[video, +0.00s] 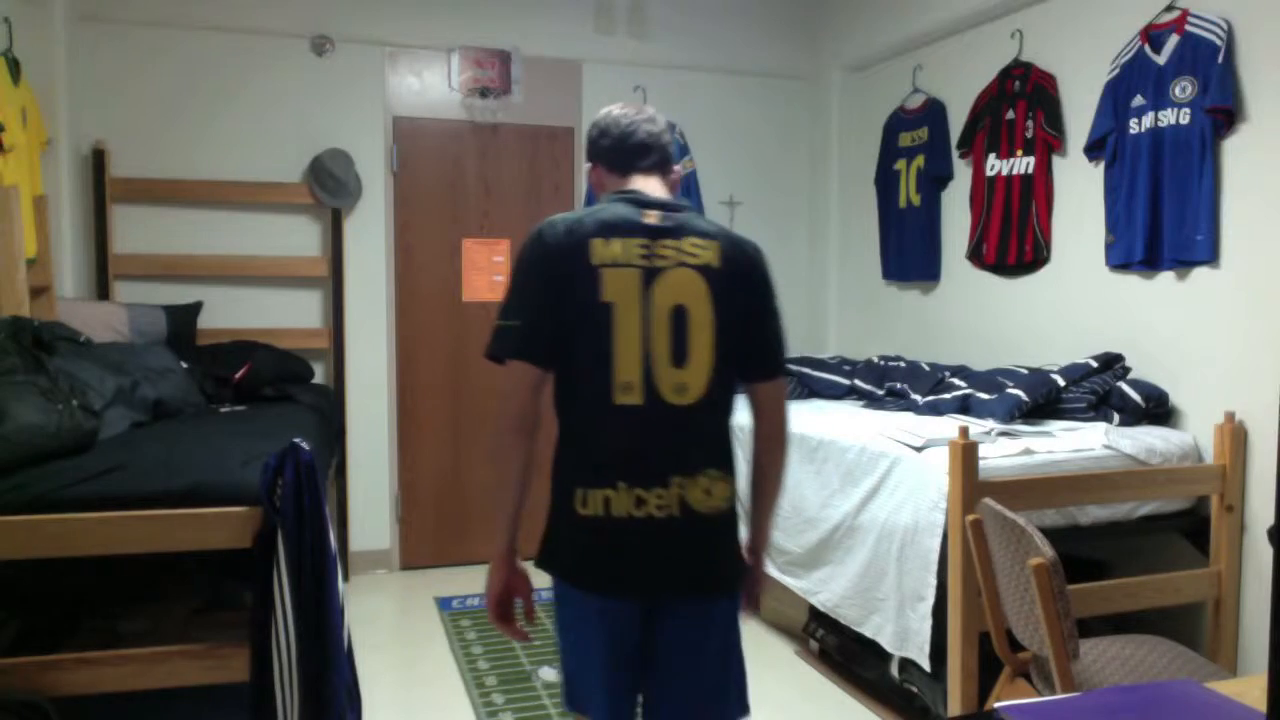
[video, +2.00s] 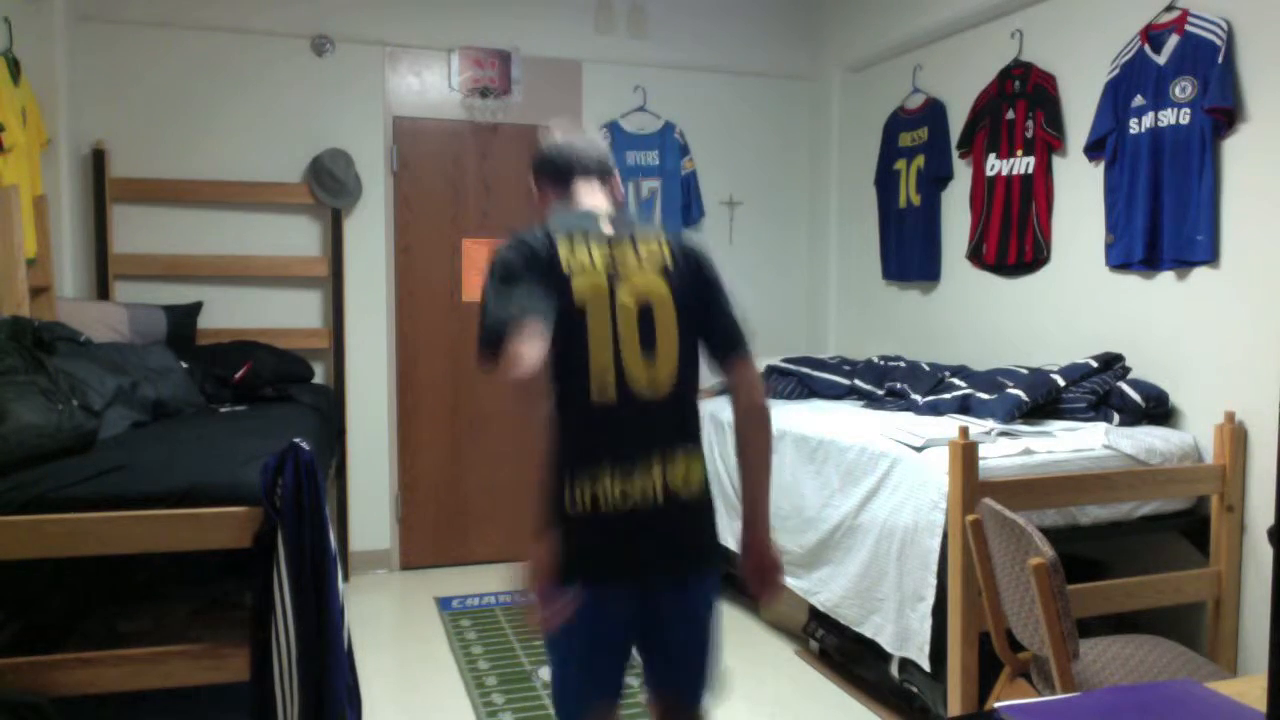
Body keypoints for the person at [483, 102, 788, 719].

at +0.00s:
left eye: (590, 170)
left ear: (594, 172)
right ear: (675, 170)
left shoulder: (557, 244)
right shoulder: (736, 255)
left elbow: (521, 415)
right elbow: (771, 417)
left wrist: (505, 555)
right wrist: (757, 548)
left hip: (594, 552)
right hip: (702, 553)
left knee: (600, 709)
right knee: (701, 710)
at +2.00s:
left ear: (542, 191)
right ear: (615, 187)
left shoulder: (529, 253)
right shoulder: (680, 254)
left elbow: (527, 367)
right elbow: (750, 395)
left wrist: (542, 531)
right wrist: (758, 531)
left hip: (587, 539)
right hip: (682, 533)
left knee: (588, 708)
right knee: (679, 706)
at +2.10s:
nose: (546, 209)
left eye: (550, 199)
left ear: (560, 201)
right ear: (638, 203)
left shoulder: (533, 257)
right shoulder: (696, 268)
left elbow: (483, 389)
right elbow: (760, 408)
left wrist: (466, 525)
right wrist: (775, 560)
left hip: (587, 544)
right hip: (682, 537)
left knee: (597, 705)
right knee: (659, 672)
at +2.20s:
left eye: (559, 193)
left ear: (569, 195)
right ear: (651, 196)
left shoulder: (534, 252)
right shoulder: (704, 263)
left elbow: (460, 386)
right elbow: (765, 402)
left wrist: (465, 487)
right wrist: (784, 557)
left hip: (590, 535)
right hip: (685, 528)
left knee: (595, 704)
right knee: (656, 631)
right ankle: (656, 706)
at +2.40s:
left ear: (589, 186)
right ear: (668, 186)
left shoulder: (544, 252)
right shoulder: (722, 247)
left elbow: (467, 388)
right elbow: (779, 397)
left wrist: (558, 400)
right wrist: (792, 542)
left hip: (604, 522)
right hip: (705, 512)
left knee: (615, 704)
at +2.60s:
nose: (608, 157)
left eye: (608, 148)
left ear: (608, 159)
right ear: (690, 157)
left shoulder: (565, 249)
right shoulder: (746, 251)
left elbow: (501, 394)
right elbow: (796, 401)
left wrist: (564, 379)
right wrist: (781, 508)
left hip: (618, 524)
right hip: (718, 517)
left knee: (621, 701)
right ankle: (648, 699)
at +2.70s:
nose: (610, 144)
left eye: (612, 135)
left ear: (615, 147)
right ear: (700, 147)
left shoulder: (578, 245)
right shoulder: (755, 247)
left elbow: (513, 394)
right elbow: (801, 404)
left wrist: (560, 386)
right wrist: (772, 500)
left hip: (628, 532)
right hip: (725, 520)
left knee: (624, 703)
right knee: (691, 667)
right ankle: (689, 699)